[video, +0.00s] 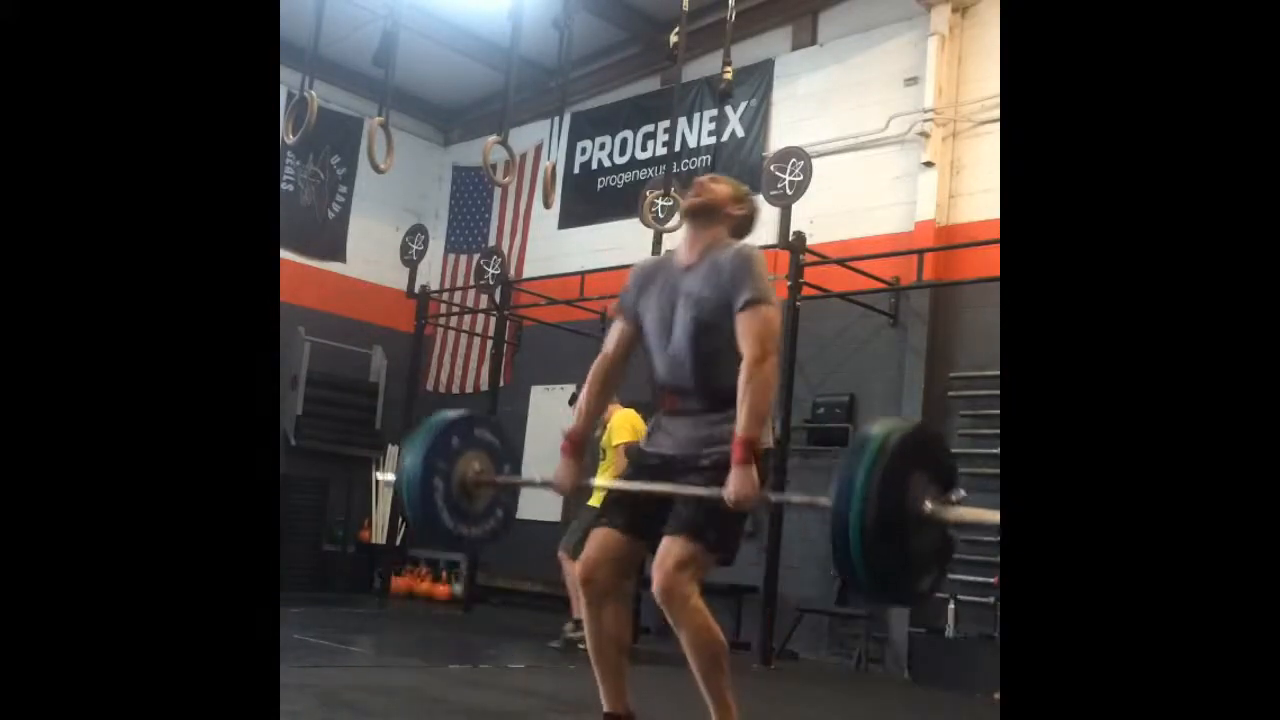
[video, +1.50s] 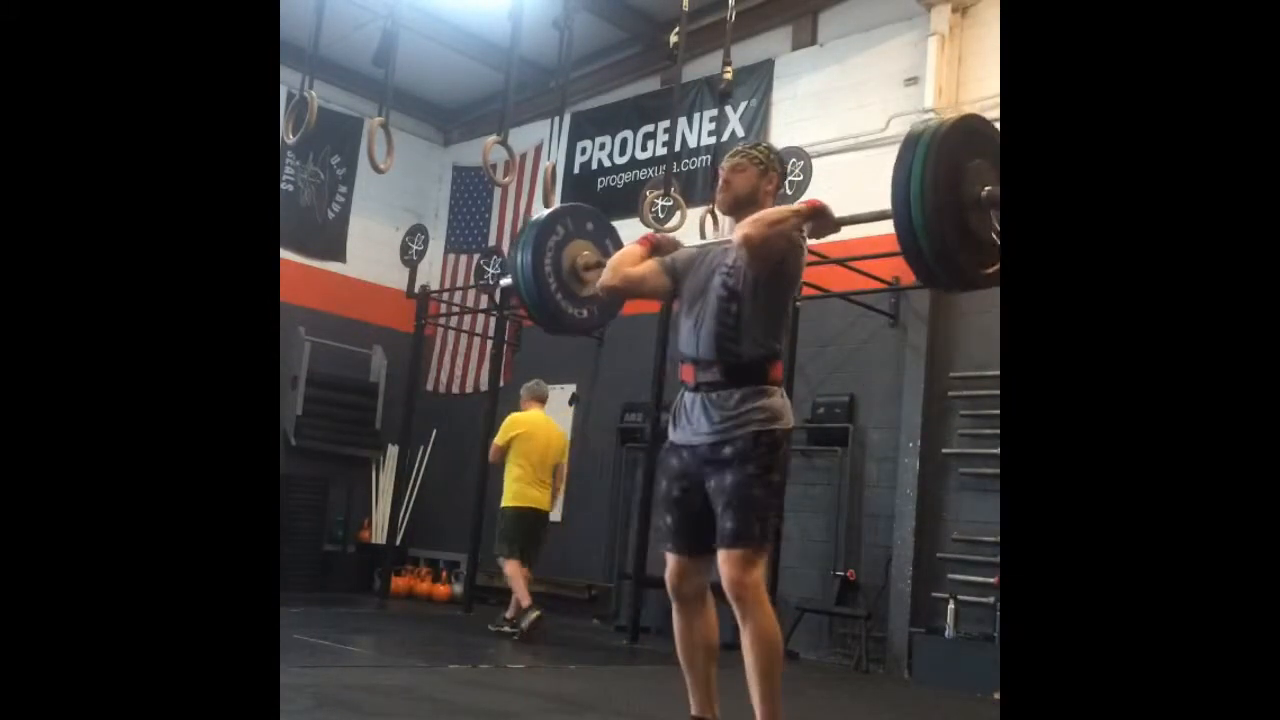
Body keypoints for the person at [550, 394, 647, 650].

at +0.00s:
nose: (579, 414)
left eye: (581, 407)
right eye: (577, 408)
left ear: (598, 402)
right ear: (604, 400)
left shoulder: (621, 420)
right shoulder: (619, 419)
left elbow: (624, 461)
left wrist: (603, 486)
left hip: (603, 496)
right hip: (604, 494)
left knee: (567, 552)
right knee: (585, 555)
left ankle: (579, 621)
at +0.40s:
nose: (567, 424)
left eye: (566, 418)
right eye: (565, 420)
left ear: (571, 408)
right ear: (584, 403)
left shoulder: (584, 422)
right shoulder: (608, 419)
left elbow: (582, 467)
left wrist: (570, 504)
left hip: (591, 501)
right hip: (611, 499)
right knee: (607, 565)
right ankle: (611, 630)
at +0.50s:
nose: (556, 420)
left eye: (555, 413)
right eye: (554, 414)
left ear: (563, 408)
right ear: (587, 403)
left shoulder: (570, 427)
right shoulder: (606, 427)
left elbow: (574, 466)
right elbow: (610, 466)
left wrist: (569, 504)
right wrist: (602, 492)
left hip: (575, 506)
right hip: (603, 504)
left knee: (548, 564)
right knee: (603, 563)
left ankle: (538, 623)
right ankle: (609, 626)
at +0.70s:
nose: (539, 414)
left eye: (538, 409)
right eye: (538, 409)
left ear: (545, 403)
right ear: (560, 399)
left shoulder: (551, 423)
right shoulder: (591, 422)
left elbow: (541, 465)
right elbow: (601, 464)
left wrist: (529, 502)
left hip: (553, 503)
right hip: (584, 507)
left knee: (547, 570)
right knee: (578, 562)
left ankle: (539, 625)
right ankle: (598, 606)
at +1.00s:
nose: (531, 407)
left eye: (531, 404)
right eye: (532, 404)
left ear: (536, 400)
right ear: (555, 398)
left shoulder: (533, 420)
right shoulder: (580, 424)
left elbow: (507, 464)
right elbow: (591, 467)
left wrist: (496, 487)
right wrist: (587, 500)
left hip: (536, 502)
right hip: (568, 505)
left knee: (539, 565)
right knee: (559, 565)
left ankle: (541, 626)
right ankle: (560, 623)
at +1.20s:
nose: (527, 407)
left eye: (527, 403)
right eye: (529, 403)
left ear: (531, 401)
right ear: (551, 401)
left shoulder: (525, 423)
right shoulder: (573, 430)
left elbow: (501, 461)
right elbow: (583, 468)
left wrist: (513, 467)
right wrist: (584, 503)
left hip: (529, 500)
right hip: (557, 505)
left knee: (533, 561)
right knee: (537, 562)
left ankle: (538, 623)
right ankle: (520, 614)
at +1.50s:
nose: (520, 404)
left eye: (521, 400)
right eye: (522, 401)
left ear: (525, 400)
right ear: (545, 401)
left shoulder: (516, 420)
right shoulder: (559, 433)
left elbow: (494, 455)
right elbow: (560, 475)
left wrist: (516, 455)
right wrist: (552, 496)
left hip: (515, 499)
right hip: (542, 503)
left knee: (507, 555)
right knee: (526, 562)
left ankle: (527, 606)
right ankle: (510, 615)